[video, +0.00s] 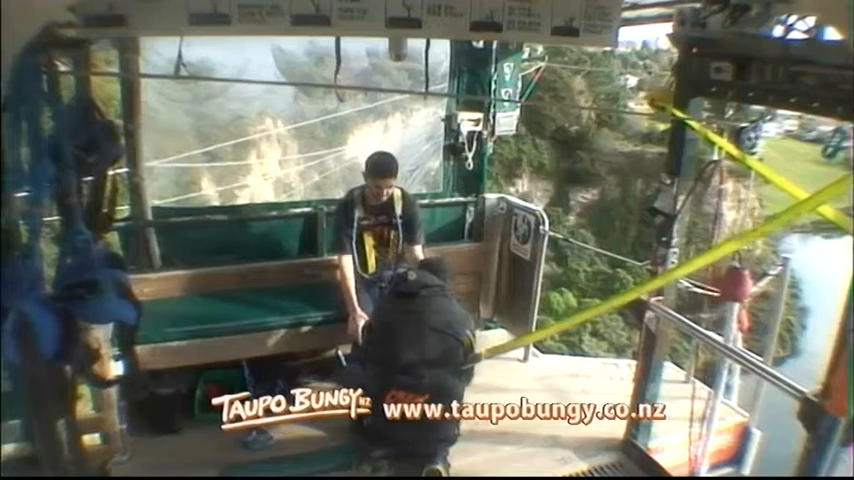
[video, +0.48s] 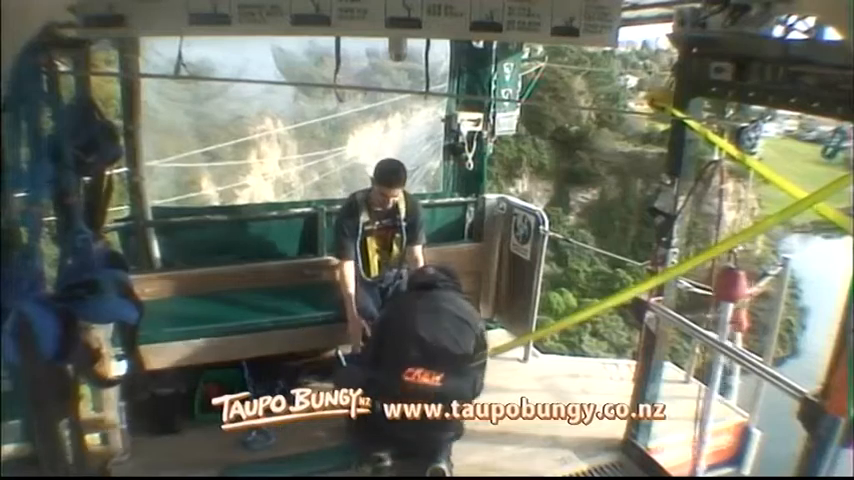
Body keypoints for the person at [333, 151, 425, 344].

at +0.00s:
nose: (383, 194)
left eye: (389, 187)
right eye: (377, 188)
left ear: (396, 181)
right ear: (366, 179)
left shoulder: (405, 202)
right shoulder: (349, 205)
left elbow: (415, 250)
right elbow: (345, 262)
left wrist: (425, 293)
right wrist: (354, 310)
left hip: (398, 279)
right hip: (363, 282)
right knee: (367, 339)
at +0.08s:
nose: (383, 195)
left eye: (389, 189)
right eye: (377, 189)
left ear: (396, 183)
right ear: (366, 180)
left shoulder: (405, 202)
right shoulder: (349, 206)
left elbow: (414, 251)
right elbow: (345, 263)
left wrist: (419, 295)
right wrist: (352, 313)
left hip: (398, 277)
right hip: (363, 280)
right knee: (368, 333)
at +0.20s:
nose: (385, 198)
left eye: (391, 192)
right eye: (379, 191)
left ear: (398, 184)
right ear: (368, 182)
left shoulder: (407, 204)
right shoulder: (350, 208)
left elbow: (414, 253)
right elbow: (346, 264)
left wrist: (421, 298)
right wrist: (353, 316)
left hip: (398, 276)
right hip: (363, 280)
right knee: (369, 331)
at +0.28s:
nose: (386, 199)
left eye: (392, 193)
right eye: (380, 193)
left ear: (399, 186)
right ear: (370, 183)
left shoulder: (408, 205)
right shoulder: (351, 208)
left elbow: (415, 254)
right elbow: (346, 266)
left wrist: (422, 298)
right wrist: (354, 318)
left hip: (398, 277)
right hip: (363, 281)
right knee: (370, 331)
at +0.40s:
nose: (388, 201)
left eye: (394, 195)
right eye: (382, 195)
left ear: (401, 188)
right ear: (372, 185)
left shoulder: (410, 206)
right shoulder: (352, 208)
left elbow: (415, 255)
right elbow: (346, 265)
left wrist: (423, 299)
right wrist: (352, 318)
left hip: (398, 278)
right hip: (362, 280)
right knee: (373, 334)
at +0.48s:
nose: (389, 202)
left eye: (395, 196)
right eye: (383, 196)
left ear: (402, 189)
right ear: (373, 186)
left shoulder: (410, 206)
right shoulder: (353, 208)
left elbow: (416, 256)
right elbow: (346, 265)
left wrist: (423, 299)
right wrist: (352, 316)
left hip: (399, 279)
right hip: (363, 281)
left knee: (402, 333)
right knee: (373, 338)